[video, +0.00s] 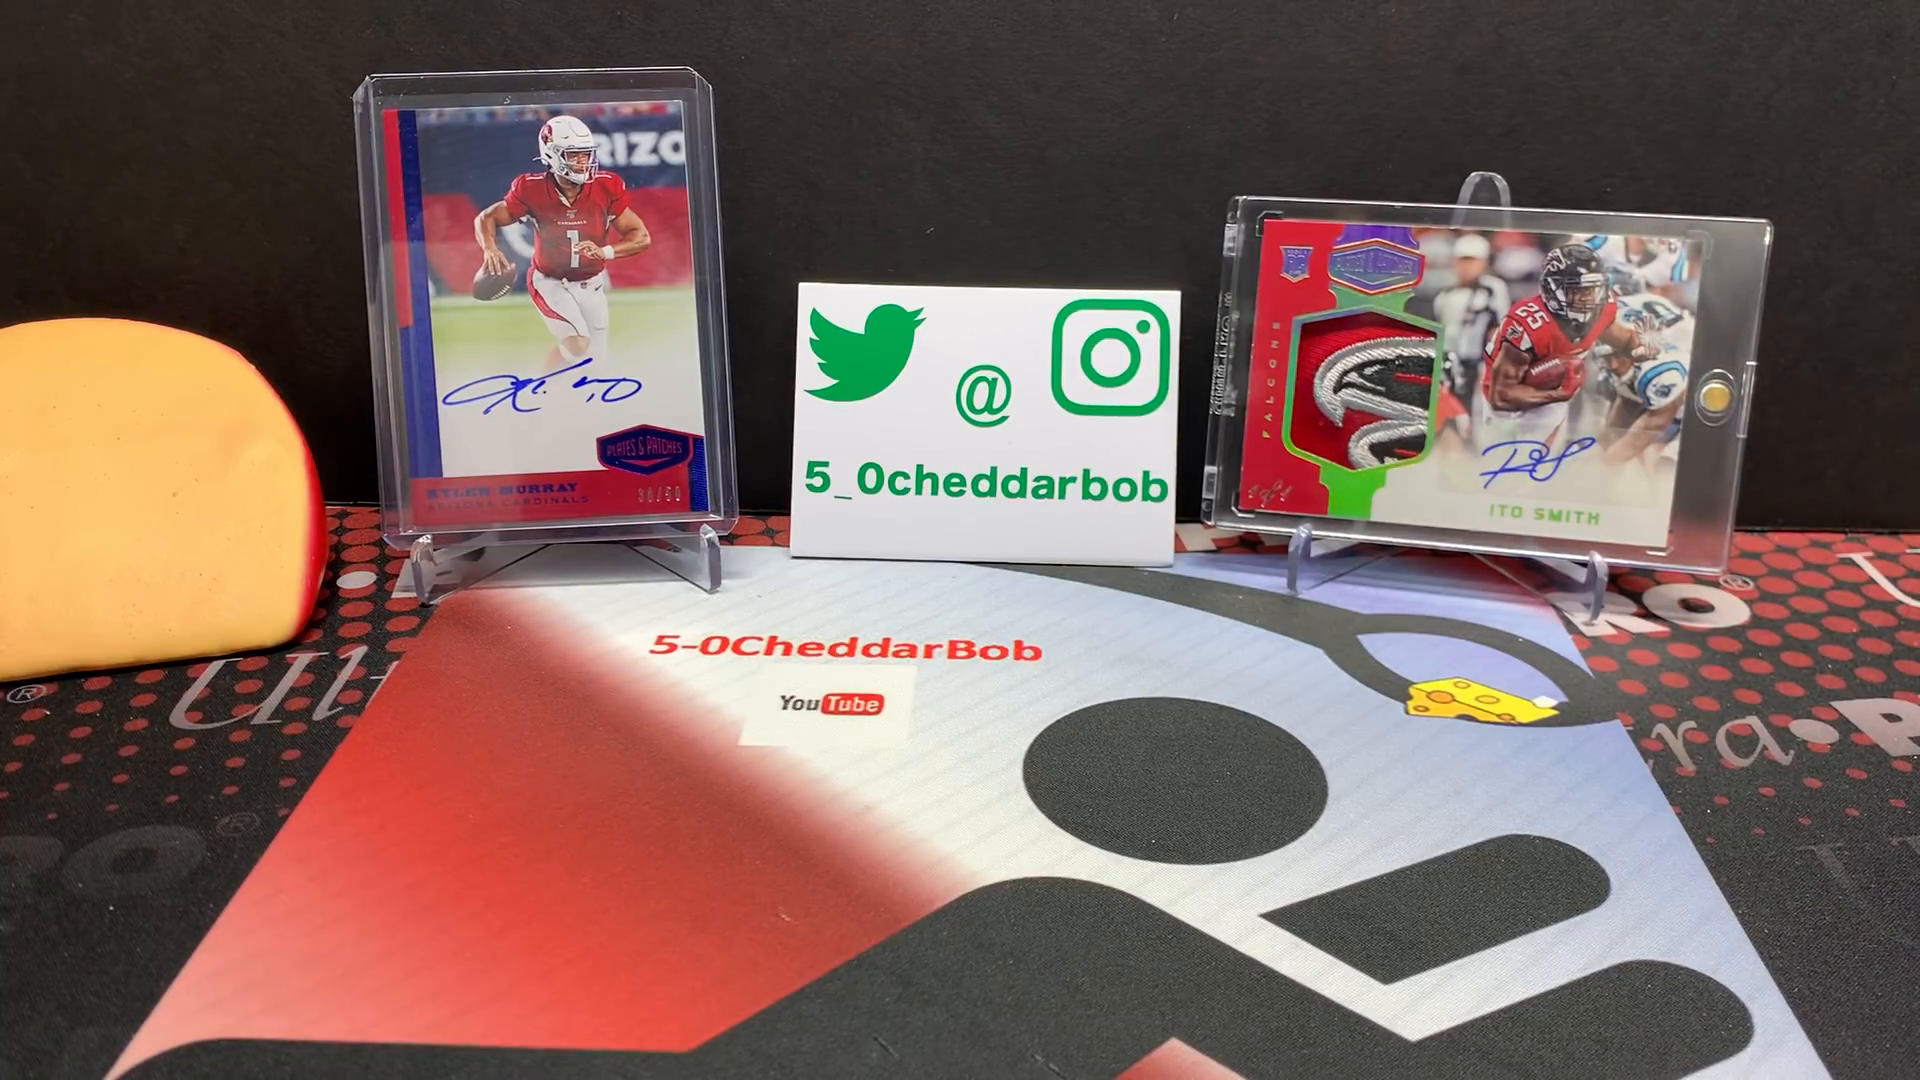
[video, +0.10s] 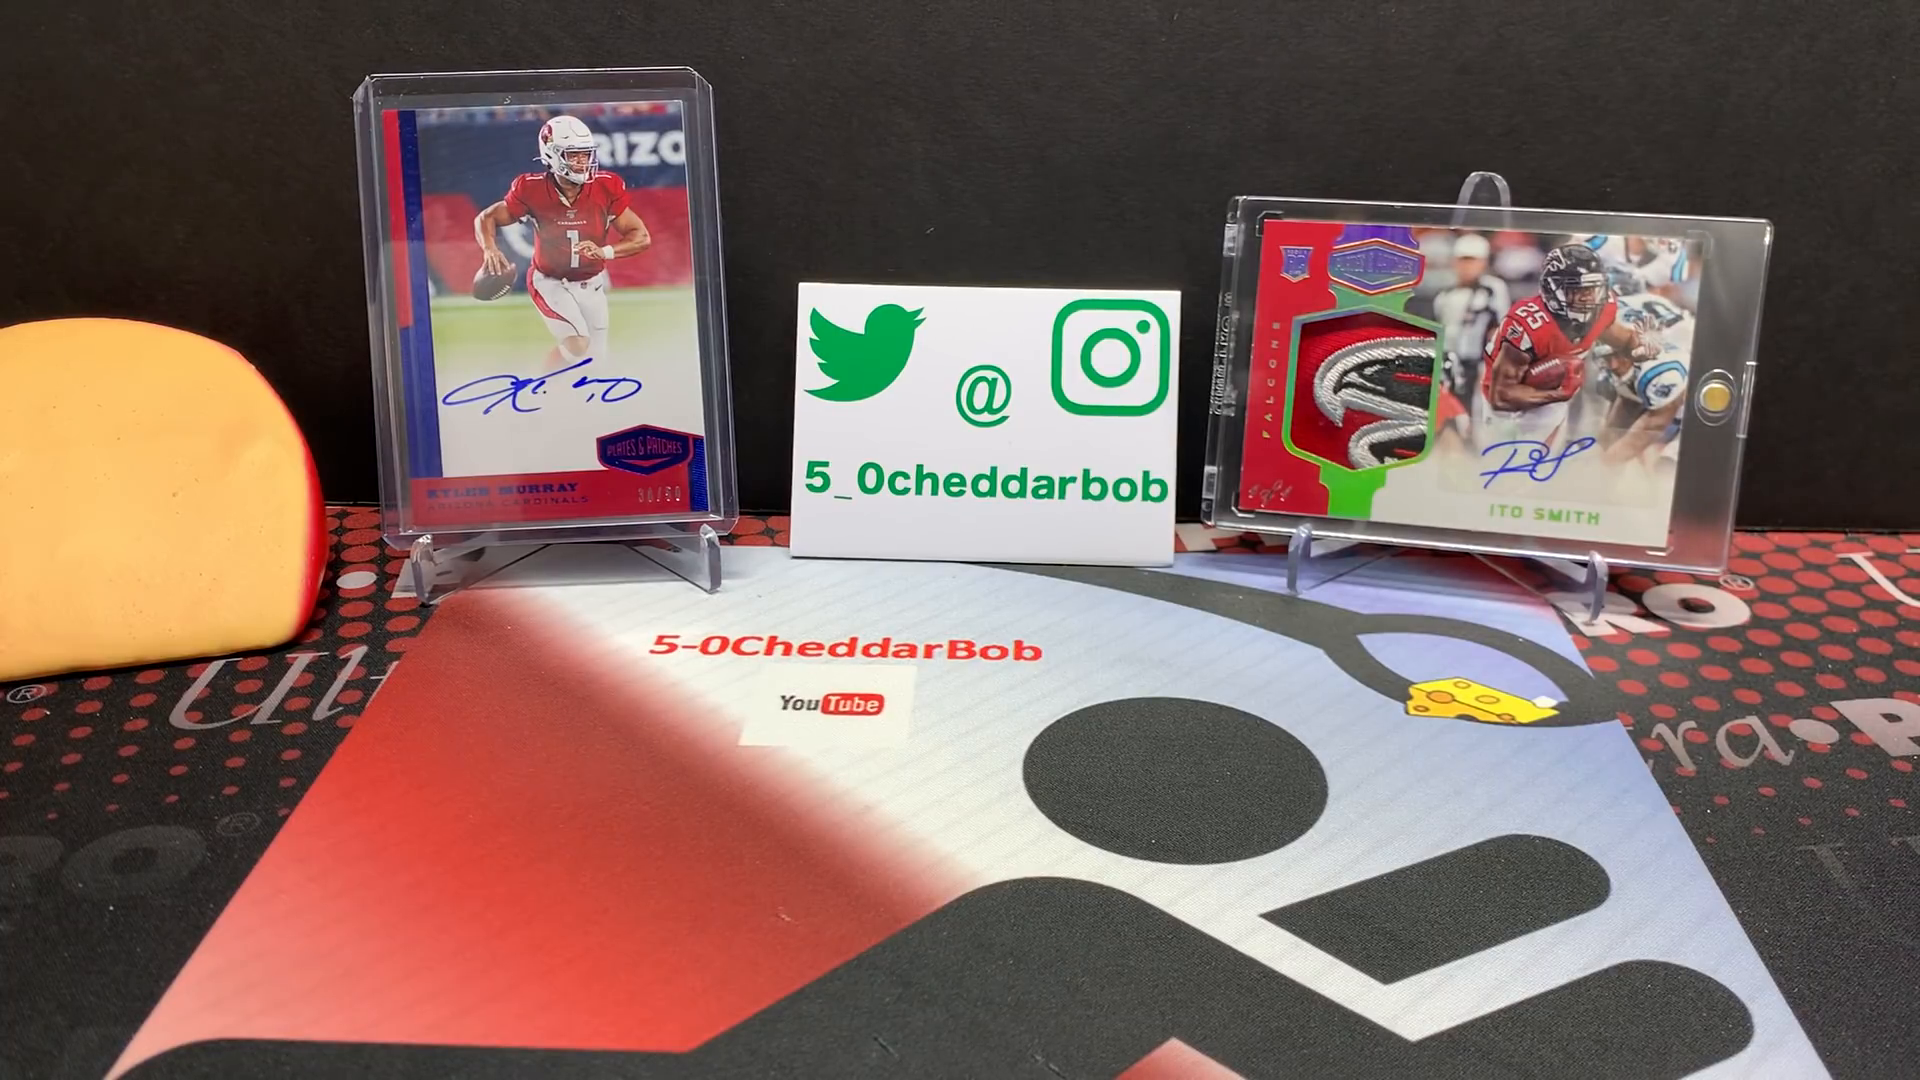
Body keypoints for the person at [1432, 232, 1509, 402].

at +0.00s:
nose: (1467, 266)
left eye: (1472, 259)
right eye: (1463, 259)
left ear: (1484, 262)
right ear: (1456, 262)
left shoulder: (1495, 288)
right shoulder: (1443, 297)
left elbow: (1502, 328)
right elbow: (1441, 332)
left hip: (1482, 365)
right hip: (1451, 364)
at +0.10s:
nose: (1467, 266)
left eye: (1473, 259)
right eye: (1463, 259)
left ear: (1484, 262)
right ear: (1455, 262)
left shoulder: (1495, 288)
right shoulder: (1443, 297)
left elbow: (1502, 328)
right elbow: (1441, 332)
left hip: (1482, 365)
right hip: (1451, 365)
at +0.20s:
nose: (1467, 266)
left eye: (1473, 259)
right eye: (1463, 259)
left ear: (1484, 262)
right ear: (1455, 262)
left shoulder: (1495, 288)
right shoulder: (1443, 297)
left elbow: (1502, 328)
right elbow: (1441, 332)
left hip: (1482, 365)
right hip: (1450, 365)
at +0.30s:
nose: (1467, 266)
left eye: (1472, 259)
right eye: (1463, 259)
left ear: (1484, 262)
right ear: (1455, 262)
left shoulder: (1495, 288)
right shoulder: (1443, 297)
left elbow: (1502, 328)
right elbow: (1440, 331)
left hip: (1482, 366)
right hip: (1450, 365)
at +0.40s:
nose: (1467, 266)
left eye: (1473, 259)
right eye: (1463, 259)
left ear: (1485, 262)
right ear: (1455, 262)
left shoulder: (1495, 288)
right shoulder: (1443, 297)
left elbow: (1502, 328)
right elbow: (1440, 332)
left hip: (1482, 365)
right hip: (1451, 364)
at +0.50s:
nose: (1467, 266)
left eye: (1473, 259)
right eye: (1463, 259)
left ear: (1484, 261)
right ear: (1456, 262)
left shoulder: (1495, 288)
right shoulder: (1443, 297)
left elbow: (1503, 328)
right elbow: (1441, 332)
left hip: (1482, 365)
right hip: (1450, 365)